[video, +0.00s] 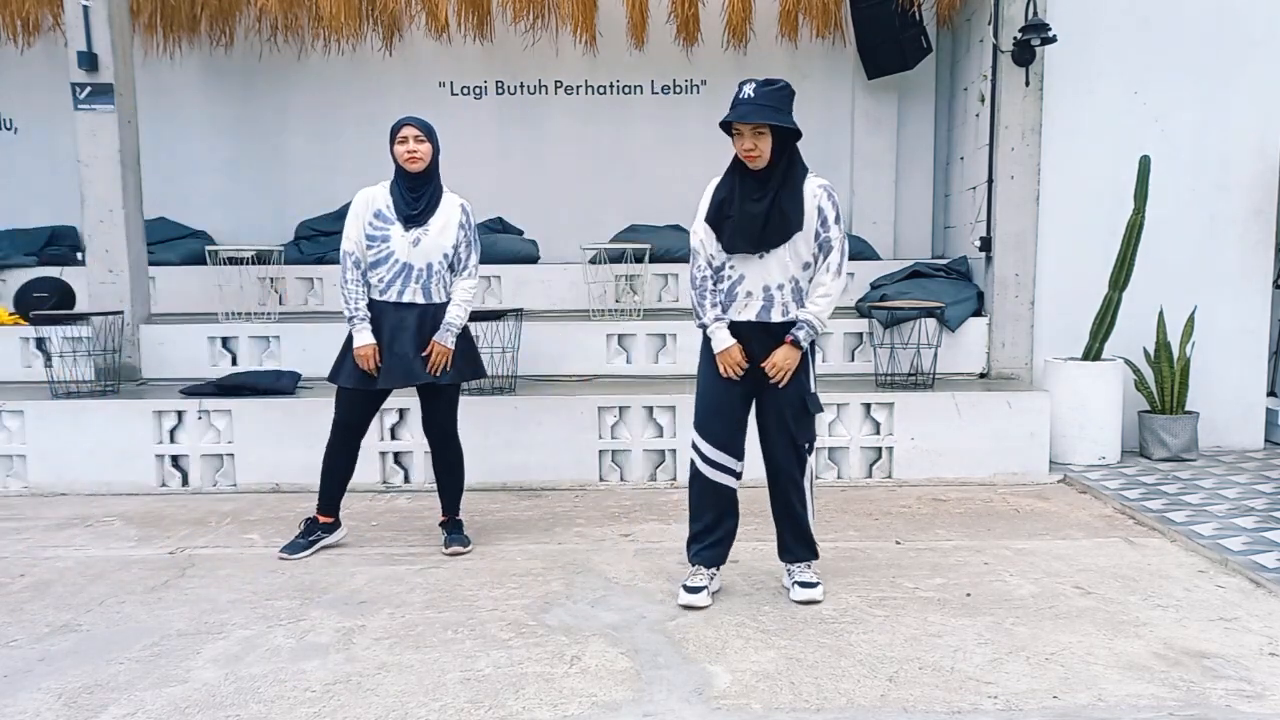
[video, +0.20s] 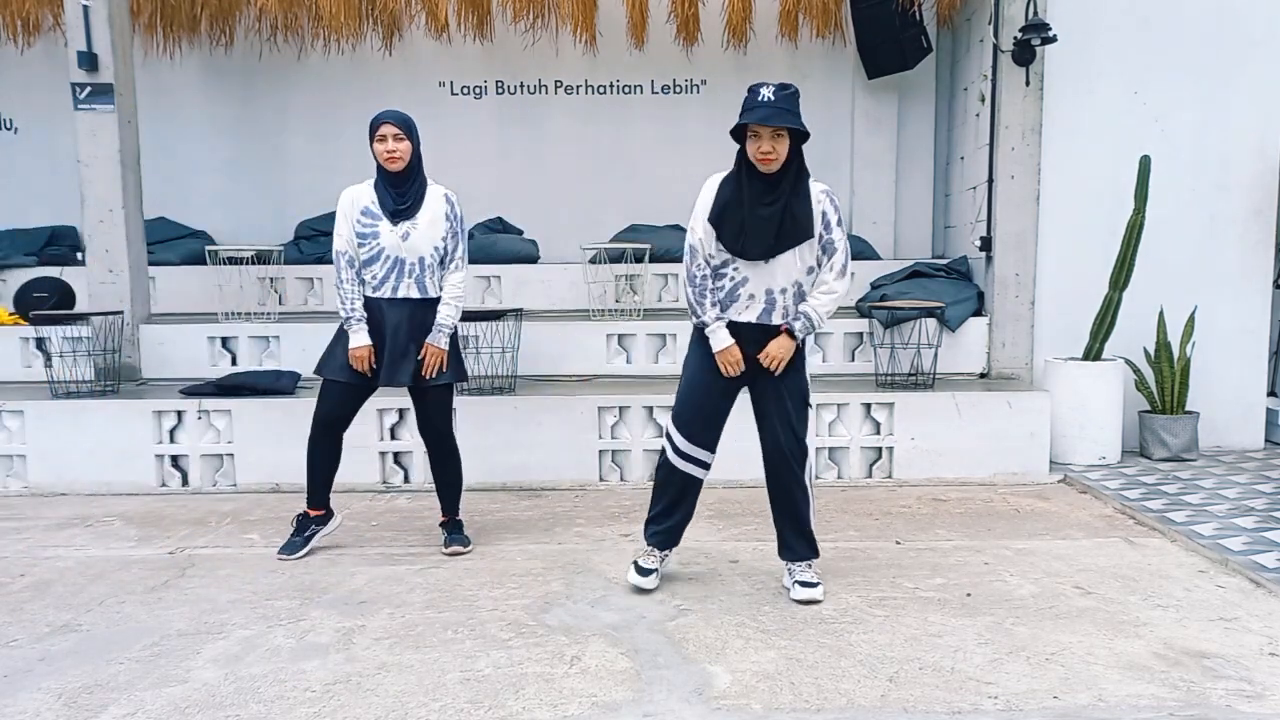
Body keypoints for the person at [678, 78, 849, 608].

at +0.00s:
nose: (746, 145)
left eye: (757, 135)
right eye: (739, 134)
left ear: (782, 135)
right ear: (730, 136)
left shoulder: (815, 194)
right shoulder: (717, 191)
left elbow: (833, 273)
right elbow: (700, 270)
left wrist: (798, 341)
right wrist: (719, 334)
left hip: (788, 342)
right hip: (725, 339)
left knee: (788, 458)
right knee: (712, 454)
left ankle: (799, 562)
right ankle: (703, 564)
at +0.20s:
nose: (765, 147)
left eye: (776, 137)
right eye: (756, 136)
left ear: (794, 139)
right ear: (742, 138)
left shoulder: (818, 199)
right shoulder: (717, 192)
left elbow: (836, 276)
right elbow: (696, 270)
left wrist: (795, 332)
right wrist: (717, 333)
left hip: (783, 339)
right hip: (719, 334)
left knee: (787, 452)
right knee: (686, 441)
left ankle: (800, 561)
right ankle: (657, 544)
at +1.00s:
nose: (588, 177)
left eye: (598, 167)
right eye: (579, 167)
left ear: (613, 169)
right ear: (565, 169)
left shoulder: (644, 209)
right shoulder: (552, 231)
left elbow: (677, 274)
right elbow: (553, 306)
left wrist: (676, 341)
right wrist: (583, 358)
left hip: (659, 349)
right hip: (596, 358)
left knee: (709, 447)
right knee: (579, 458)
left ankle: (767, 538)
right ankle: (580, 548)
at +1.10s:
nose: (589, 173)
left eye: (599, 163)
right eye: (579, 163)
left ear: (614, 164)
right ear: (565, 164)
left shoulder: (646, 205)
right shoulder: (552, 232)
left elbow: (689, 266)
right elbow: (547, 305)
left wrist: (690, 333)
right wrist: (577, 351)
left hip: (666, 347)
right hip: (600, 357)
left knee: (716, 442)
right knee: (581, 457)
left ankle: (771, 534)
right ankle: (580, 547)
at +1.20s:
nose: (598, 177)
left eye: (608, 167)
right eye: (589, 166)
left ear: (623, 167)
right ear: (573, 167)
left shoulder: (655, 207)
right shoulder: (557, 231)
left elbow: (704, 258)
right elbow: (546, 305)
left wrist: (705, 323)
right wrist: (573, 352)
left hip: (674, 345)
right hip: (606, 357)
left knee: (728, 433)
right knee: (585, 450)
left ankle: (781, 531)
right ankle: (582, 547)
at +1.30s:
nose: (617, 204)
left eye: (628, 194)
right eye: (608, 193)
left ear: (643, 194)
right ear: (593, 192)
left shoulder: (671, 230)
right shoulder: (573, 248)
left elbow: (727, 274)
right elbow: (552, 317)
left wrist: (721, 339)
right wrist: (579, 367)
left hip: (685, 362)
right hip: (616, 371)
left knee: (741, 440)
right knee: (582, 457)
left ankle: (790, 538)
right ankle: (582, 547)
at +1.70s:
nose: (760, 184)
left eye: (771, 174)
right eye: (751, 174)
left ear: (786, 177)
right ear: (735, 174)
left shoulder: (801, 238)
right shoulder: (702, 218)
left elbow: (812, 311)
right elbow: (650, 274)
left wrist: (779, 360)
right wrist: (643, 344)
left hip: (748, 372)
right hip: (679, 358)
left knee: (776, 455)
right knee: (615, 436)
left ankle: (792, 552)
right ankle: (574, 534)